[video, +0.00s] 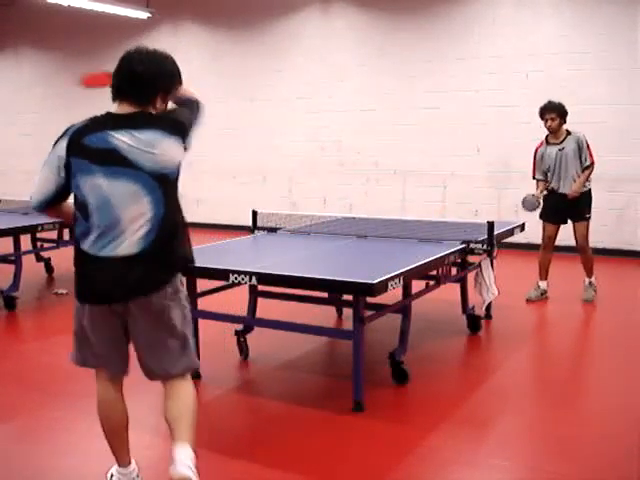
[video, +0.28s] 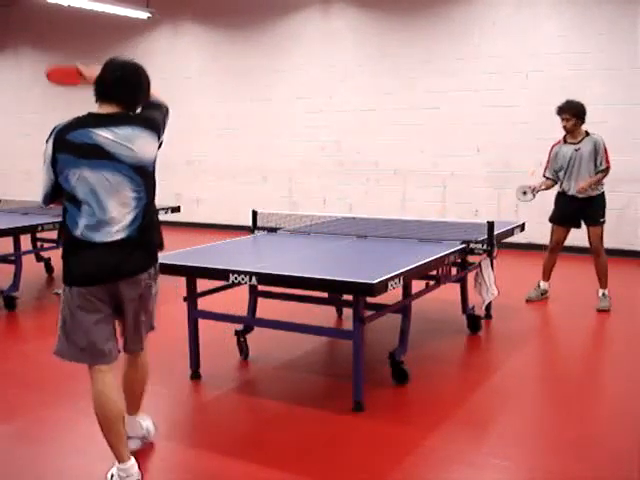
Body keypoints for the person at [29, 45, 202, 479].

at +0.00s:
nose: (170, 100)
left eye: (170, 93)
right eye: (169, 94)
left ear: (117, 87)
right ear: (158, 97)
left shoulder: (76, 137)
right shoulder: (168, 136)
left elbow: (44, 200)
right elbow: (190, 106)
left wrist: (80, 217)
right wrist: (170, 95)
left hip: (97, 281)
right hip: (156, 279)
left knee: (108, 376)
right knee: (176, 372)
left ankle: (124, 470)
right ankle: (183, 461)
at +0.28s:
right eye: (143, 96)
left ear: (97, 93)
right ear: (139, 100)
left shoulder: (63, 135)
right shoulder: (146, 132)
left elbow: (51, 195)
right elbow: (154, 103)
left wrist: (89, 192)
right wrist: (107, 79)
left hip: (84, 270)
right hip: (136, 263)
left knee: (101, 366)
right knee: (136, 347)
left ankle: (124, 467)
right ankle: (133, 422)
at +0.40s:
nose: (132, 106)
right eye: (132, 101)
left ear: (88, 98)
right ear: (131, 105)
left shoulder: (60, 141)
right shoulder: (142, 141)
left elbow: (45, 201)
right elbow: (163, 138)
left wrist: (80, 197)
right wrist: (112, 119)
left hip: (84, 271)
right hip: (133, 266)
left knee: (99, 364)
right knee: (127, 346)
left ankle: (124, 463)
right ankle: (125, 412)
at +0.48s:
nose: (126, 107)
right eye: (126, 101)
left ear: (83, 100)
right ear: (126, 103)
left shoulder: (57, 145)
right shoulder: (139, 146)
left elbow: (40, 206)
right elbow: (171, 184)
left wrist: (71, 209)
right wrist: (134, 163)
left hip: (80, 270)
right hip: (129, 267)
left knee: (93, 357)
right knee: (122, 347)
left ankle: (119, 450)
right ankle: (118, 416)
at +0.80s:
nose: (122, 109)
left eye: (122, 102)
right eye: (122, 102)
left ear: (79, 100)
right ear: (112, 103)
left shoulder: (51, 134)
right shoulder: (128, 142)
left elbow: (23, 186)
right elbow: (148, 203)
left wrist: (39, 223)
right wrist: (137, 232)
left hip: (64, 252)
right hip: (113, 253)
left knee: (46, 317)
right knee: (114, 330)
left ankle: (80, 391)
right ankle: (117, 416)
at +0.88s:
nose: (112, 111)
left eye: (112, 104)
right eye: (111, 104)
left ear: (71, 101)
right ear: (100, 104)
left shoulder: (38, 136)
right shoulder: (112, 142)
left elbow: (13, 188)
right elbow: (137, 201)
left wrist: (38, 216)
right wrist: (123, 225)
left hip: (54, 251)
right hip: (102, 253)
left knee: (40, 316)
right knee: (109, 328)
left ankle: (30, 398)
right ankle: (115, 415)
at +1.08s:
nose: (85, 118)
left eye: (86, 111)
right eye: (83, 111)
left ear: (49, 106)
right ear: (68, 108)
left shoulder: (16, 142)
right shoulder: (68, 146)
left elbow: (9, 197)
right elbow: (88, 204)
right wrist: (110, 211)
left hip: (31, 255)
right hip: (75, 256)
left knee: (21, 323)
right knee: (98, 329)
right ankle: (113, 416)